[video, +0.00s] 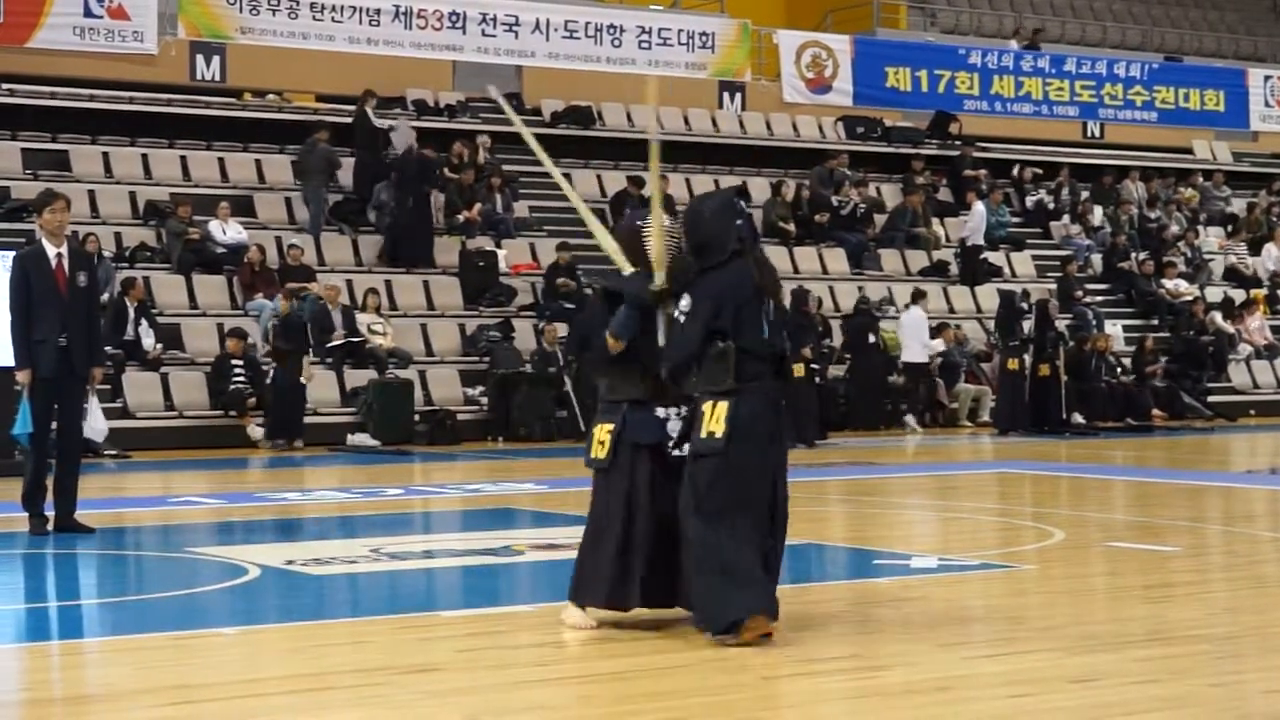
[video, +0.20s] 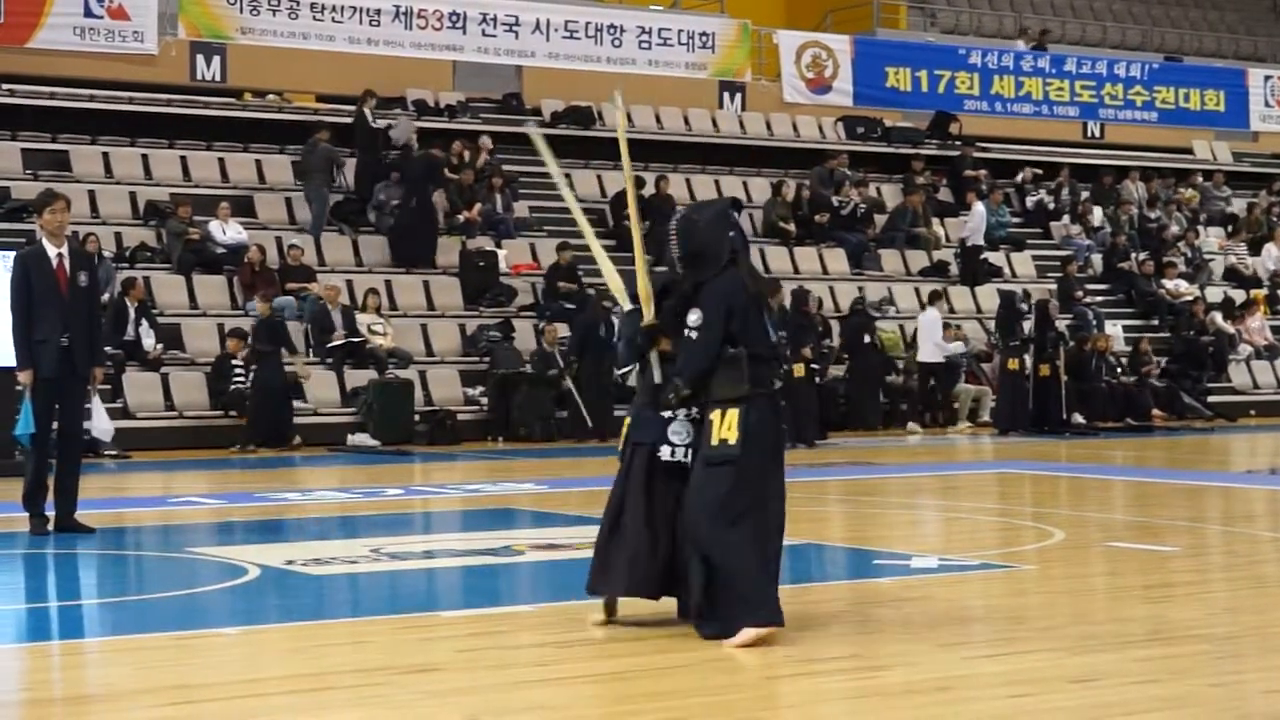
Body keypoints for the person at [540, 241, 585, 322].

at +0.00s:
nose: (569, 256)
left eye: (569, 253)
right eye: (566, 253)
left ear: (570, 253)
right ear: (559, 253)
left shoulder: (572, 267)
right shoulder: (552, 268)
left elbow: (579, 286)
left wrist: (571, 285)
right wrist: (556, 283)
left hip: (570, 297)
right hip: (555, 298)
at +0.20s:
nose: (570, 255)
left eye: (570, 252)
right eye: (567, 252)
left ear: (571, 252)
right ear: (560, 253)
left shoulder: (572, 267)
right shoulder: (553, 268)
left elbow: (580, 286)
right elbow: (550, 287)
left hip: (572, 298)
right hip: (556, 298)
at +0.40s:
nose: (571, 255)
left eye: (571, 252)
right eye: (568, 252)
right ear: (560, 253)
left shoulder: (572, 267)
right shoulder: (553, 268)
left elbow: (579, 287)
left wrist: (560, 286)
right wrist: (573, 287)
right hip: (554, 300)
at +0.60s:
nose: (573, 255)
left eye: (572, 252)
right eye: (570, 252)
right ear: (561, 254)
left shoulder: (573, 268)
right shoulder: (553, 269)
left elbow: (579, 288)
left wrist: (559, 286)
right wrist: (572, 289)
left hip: (570, 301)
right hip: (554, 301)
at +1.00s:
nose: (569, 254)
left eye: (568, 252)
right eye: (565, 252)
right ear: (557, 254)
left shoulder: (570, 267)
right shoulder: (549, 270)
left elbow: (577, 287)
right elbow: (549, 291)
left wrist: (557, 287)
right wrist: (571, 289)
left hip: (569, 300)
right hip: (553, 302)